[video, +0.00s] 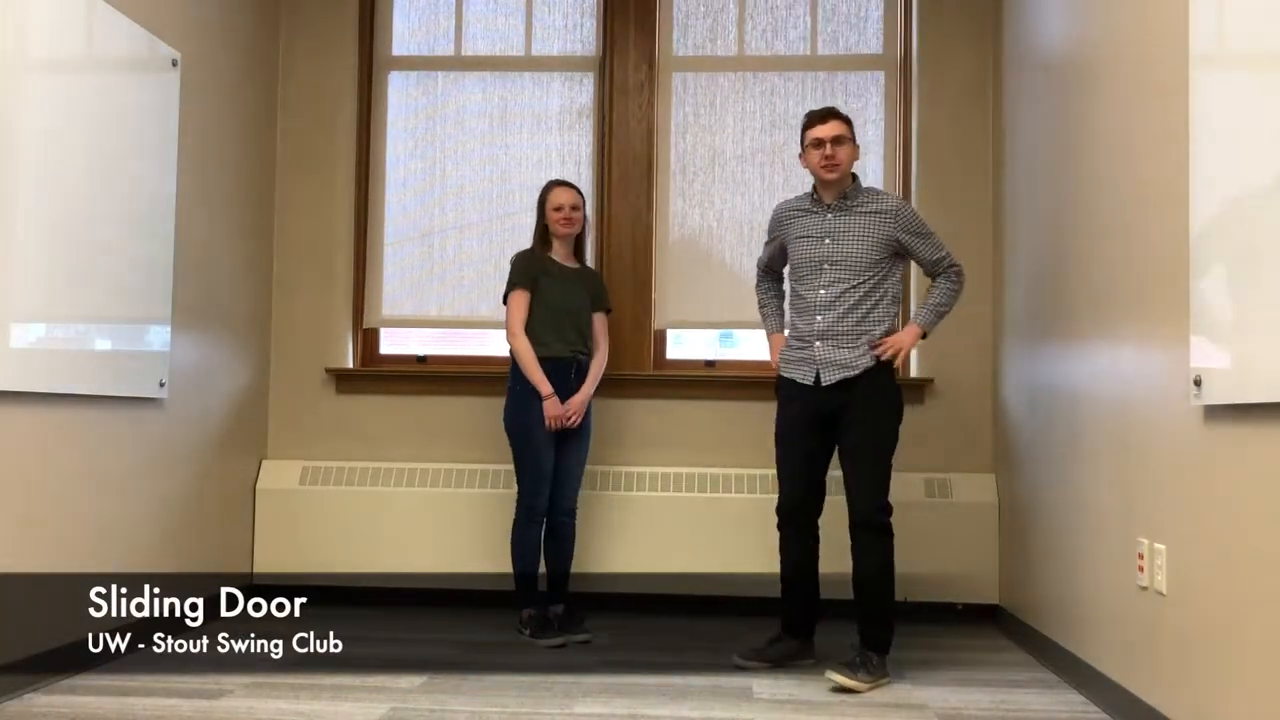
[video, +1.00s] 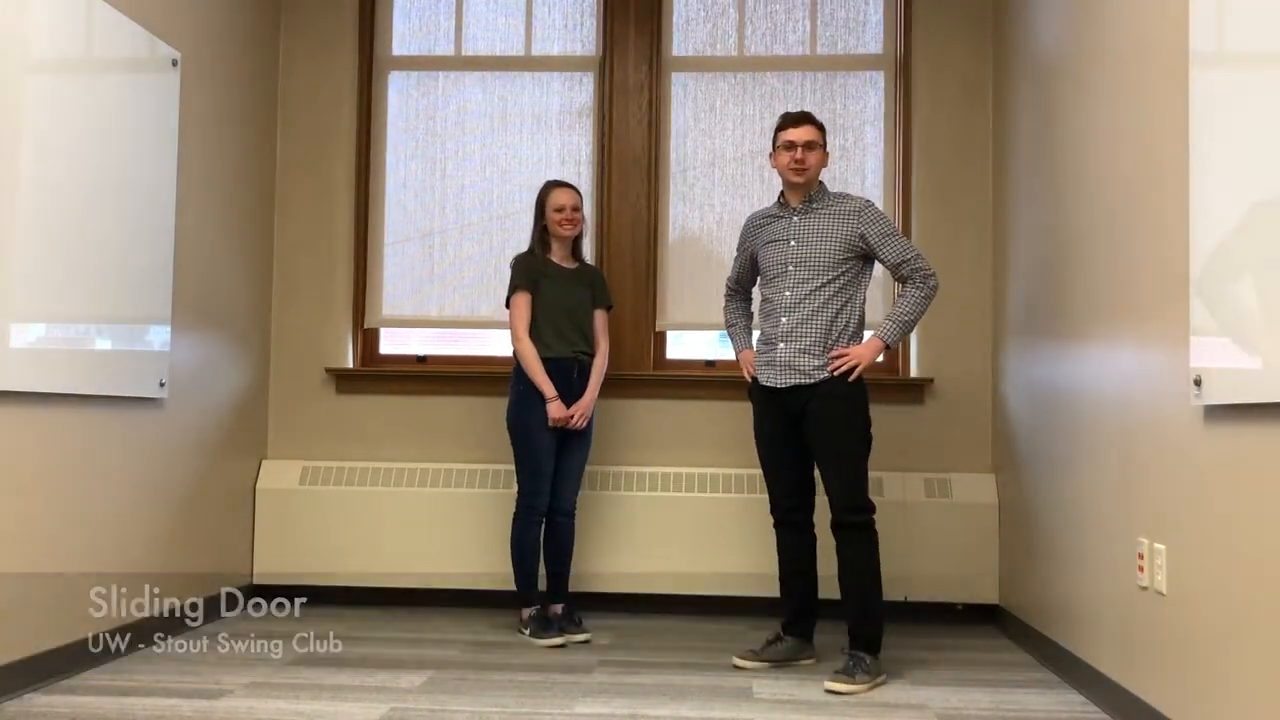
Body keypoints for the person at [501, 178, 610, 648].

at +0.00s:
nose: (567, 215)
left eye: (574, 208)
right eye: (558, 209)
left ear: (584, 216)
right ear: (543, 216)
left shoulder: (591, 278)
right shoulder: (527, 263)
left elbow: (601, 348)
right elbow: (515, 332)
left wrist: (584, 395)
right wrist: (547, 393)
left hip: (576, 391)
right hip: (532, 388)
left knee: (564, 504)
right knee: (535, 501)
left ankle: (559, 609)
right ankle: (530, 612)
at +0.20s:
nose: (566, 216)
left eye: (573, 209)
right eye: (557, 209)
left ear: (583, 216)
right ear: (542, 217)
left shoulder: (592, 277)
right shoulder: (527, 264)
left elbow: (601, 349)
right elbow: (519, 336)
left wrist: (587, 397)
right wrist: (549, 395)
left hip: (577, 391)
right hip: (533, 389)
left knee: (562, 505)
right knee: (532, 502)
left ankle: (560, 608)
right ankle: (530, 611)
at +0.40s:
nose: (565, 216)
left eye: (571, 209)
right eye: (556, 210)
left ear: (581, 215)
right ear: (541, 217)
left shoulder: (591, 277)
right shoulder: (526, 266)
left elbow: (601, 348)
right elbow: (518, 338)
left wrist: (588, 397)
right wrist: (549, 396)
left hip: (577, 393)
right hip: (533, 390)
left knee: (563, 505)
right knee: (533, 502)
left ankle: (560, 608)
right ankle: (530, 611)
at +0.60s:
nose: (565, 216)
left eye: (571, 209)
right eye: (555, 210)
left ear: (580, 216)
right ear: (540, 217)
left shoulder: (591, 276)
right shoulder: (526, 265)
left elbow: (601, 348)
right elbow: (519, 338)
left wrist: (588, 397)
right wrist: (551, 397)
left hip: (578, 393)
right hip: (534, 390)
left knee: (563, 504)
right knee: (533, 501)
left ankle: (560, 607)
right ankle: (530, 611)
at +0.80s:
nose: (567, 216)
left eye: (573, 209)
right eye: (557, 210)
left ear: (581, 216)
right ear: (541, 217)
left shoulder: (591, 276)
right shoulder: (526, 265)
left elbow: (601, 349)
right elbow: (519, 338)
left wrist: (589, 397)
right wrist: (551, 396)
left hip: (578, 394)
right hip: (534, 391)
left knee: (564, 504)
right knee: (534, 501)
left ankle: (560, 607)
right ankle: (530, 610)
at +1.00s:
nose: (569, 216)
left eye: (575, 209)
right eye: (559, 210)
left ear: (583, 216)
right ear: (543, 217)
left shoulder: (592, 276)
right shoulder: (528, 265)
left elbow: (602, 349)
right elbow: (520, 337)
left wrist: (589, 398)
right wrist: (551, 396)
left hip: (579, 394)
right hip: (535, 391)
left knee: (564, 504)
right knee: (534, 501)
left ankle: (559, 606)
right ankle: (530, 609)